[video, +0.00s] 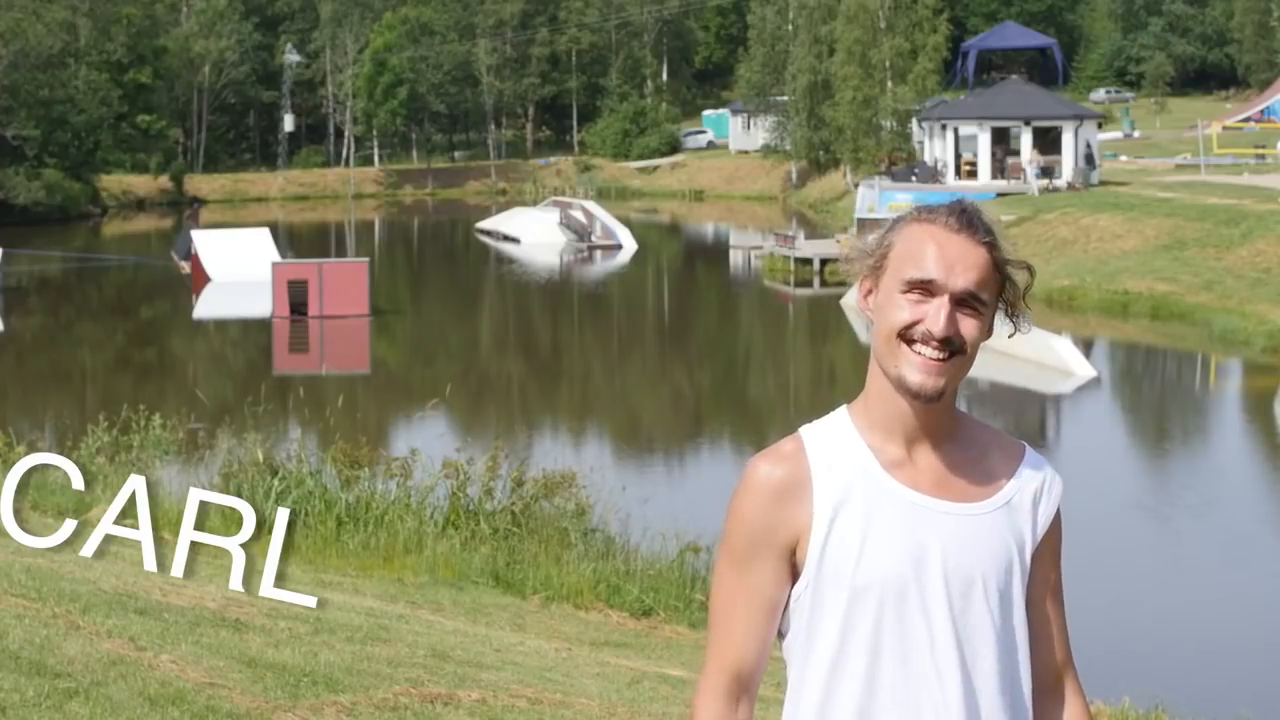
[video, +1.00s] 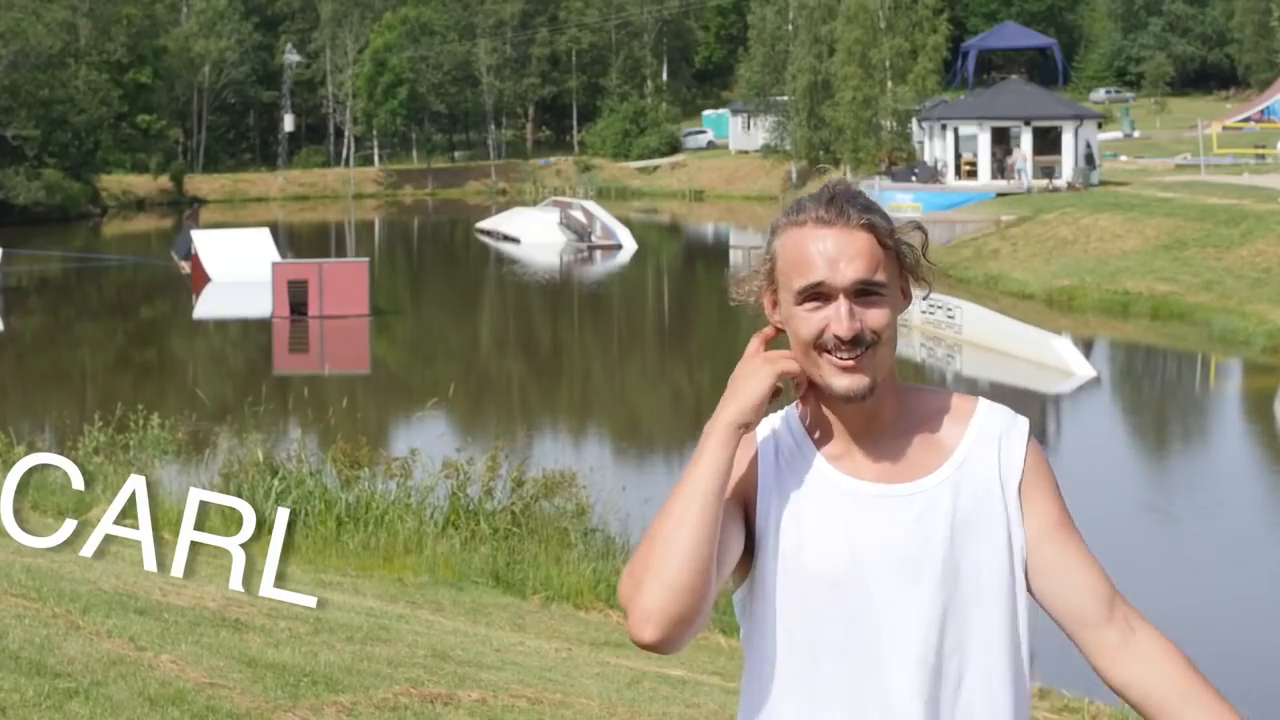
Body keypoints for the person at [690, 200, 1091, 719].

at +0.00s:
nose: (942, 324)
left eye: (969, 305)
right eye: (919, 291)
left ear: (989, 326)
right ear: (869, 296)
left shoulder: (1029, 484)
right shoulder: (786, 481)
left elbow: (1054, 685)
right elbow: (728, 692)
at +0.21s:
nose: (946, 321)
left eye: (972, 298)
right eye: (920, 290)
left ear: (996, 317)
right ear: (872, 300)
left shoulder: (1041, 488)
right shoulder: (795, 474)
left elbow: (1057, 690)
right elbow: (716, 672)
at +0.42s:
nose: (965, 328)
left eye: (991, 303)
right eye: (941, 296)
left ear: (1015, 321)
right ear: (889, 304)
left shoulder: (1053, 495)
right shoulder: (803, 464)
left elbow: (1066, 700)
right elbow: (700, 646)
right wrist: (751, 716)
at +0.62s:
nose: (948, 335)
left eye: (973, 306)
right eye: (920, 304)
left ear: (999, 319)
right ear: (872, 313)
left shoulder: (1046, 494)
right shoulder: (790, 468)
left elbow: (1057, 700)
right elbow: (673, 663)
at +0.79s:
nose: (894, 332)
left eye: (918, 302)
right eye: (865, 303)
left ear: (947, 308)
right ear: (820, 312)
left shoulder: (1023, 473)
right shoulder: (777, 466)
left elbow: (1067, 687)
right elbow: (659, 652)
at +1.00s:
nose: (845, 323)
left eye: (868, 293)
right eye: (814, 298)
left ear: (902, 298)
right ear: (774, 310)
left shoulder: (994, 443)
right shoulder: (757, 457)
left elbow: (1116, 636)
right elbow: (653, 624)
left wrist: (1229, 713)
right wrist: (725, 421)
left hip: (974, 711)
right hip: (795, 711)